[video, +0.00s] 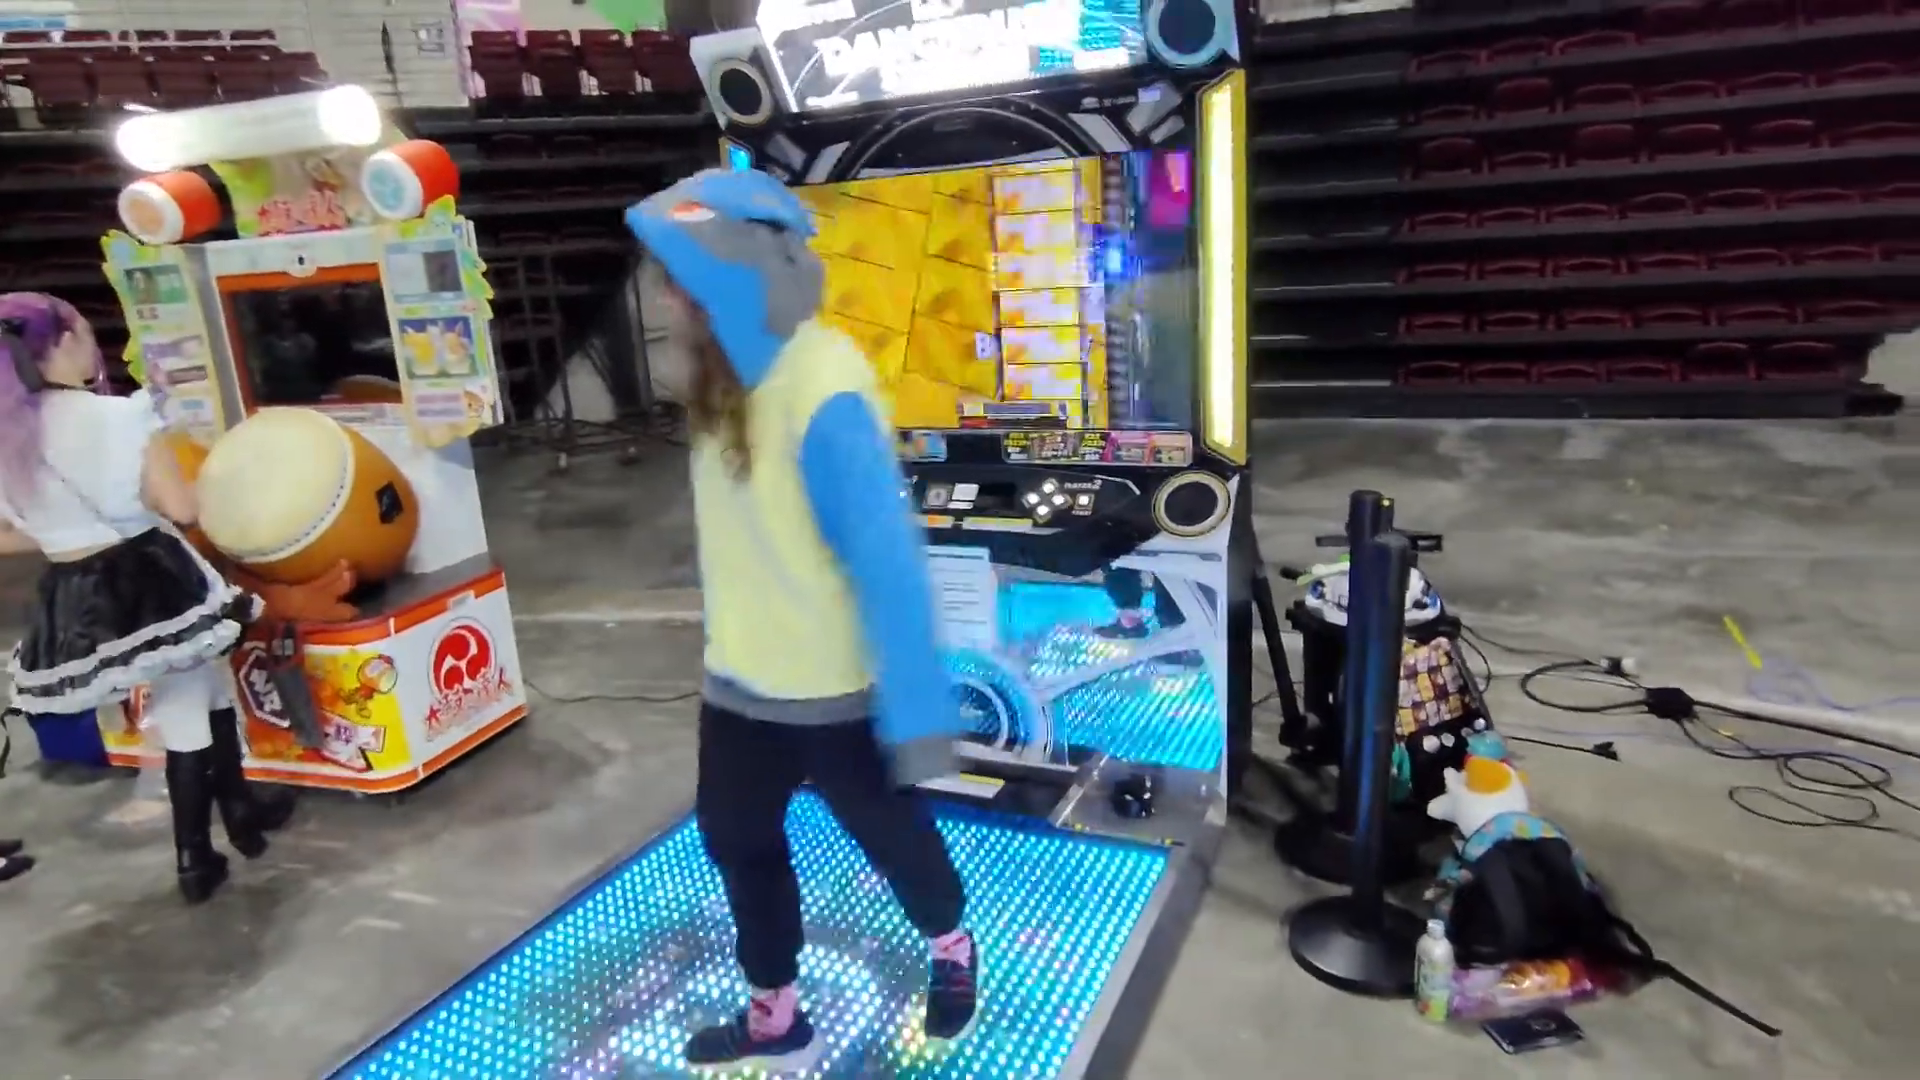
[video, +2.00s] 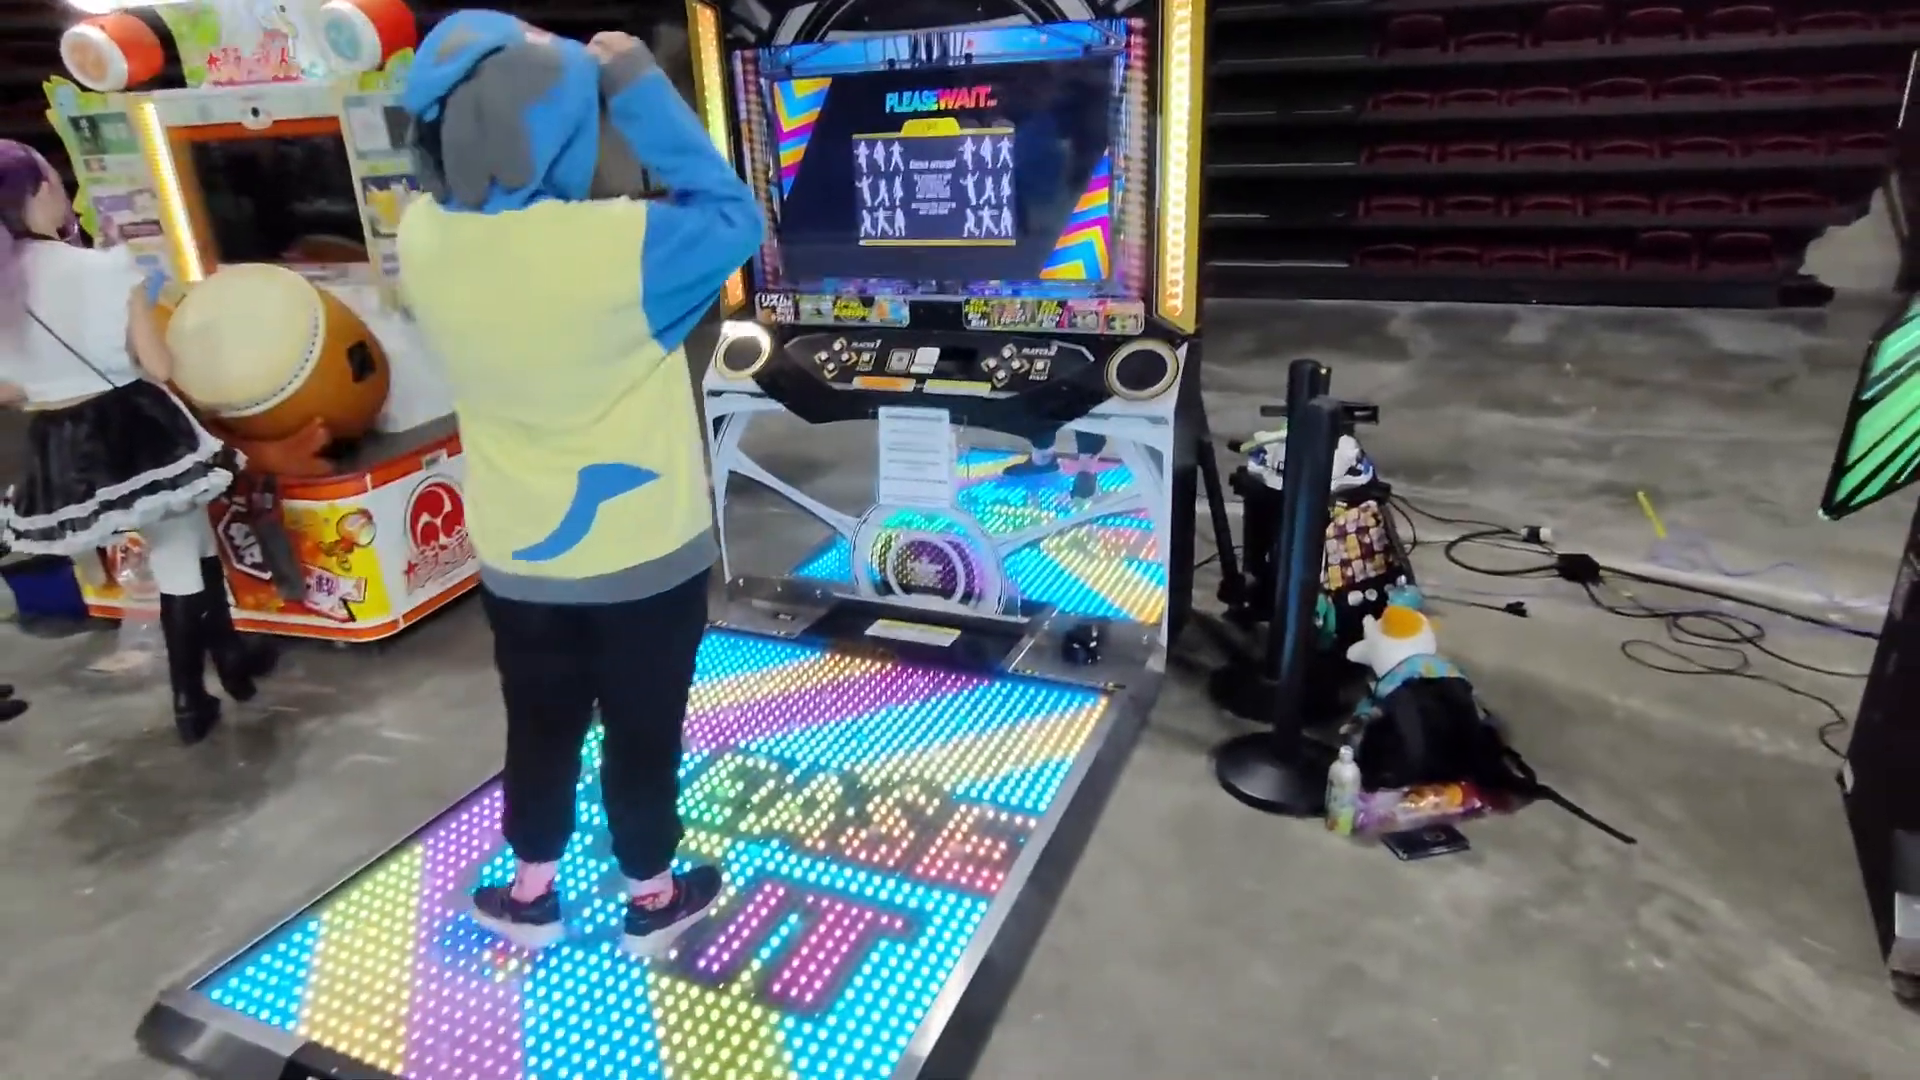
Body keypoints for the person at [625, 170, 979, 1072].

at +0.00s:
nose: (672, 306)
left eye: (686, 286)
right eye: (668, 286)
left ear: (750, 286)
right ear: (731, 289)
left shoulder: (825, 392)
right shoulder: (726, 380)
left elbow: (888, 560)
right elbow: (745, 538)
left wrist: (920, 717)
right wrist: (740, 662)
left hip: (834, 696)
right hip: (739, 689)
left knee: (889, 831)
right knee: (739, 840)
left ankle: (950, 943)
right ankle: (773, 1008)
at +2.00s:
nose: (600, 141)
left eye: (594, 123)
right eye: (588, 124)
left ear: (466, 147)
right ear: (561, 145)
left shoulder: (428, 248)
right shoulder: (624, 247)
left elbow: (449, 179)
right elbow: (733, 217)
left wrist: (475, 75)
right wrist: (644, 90)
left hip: (516, 557)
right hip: (646, 554)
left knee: (538, 724)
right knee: (643, 732)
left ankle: (531, 885)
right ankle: (650, 894)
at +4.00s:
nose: (554, 132)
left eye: (548, 113)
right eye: (539, 114)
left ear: (442, 129)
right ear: (500, 123)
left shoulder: (398, 239)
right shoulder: (546, 243)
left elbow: (387, 399)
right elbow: (625, 401)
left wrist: (398, 526)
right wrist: (681, 536)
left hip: (455, 555)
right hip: (567, 557)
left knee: (497, 693)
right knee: (596, 727)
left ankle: (466, 856)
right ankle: (603, 904)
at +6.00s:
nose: (455, 152)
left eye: (447, 131)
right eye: (442, 132)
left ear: (310, 147)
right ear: (407, 142)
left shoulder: (263, 253)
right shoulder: (452, 277)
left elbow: (364, 351)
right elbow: (567, 372)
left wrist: (494, 377)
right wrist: (672, 391)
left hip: (344, 591)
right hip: (480, 588)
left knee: (405, 731)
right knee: (542, 755)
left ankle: (420, 903)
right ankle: (585, 926)